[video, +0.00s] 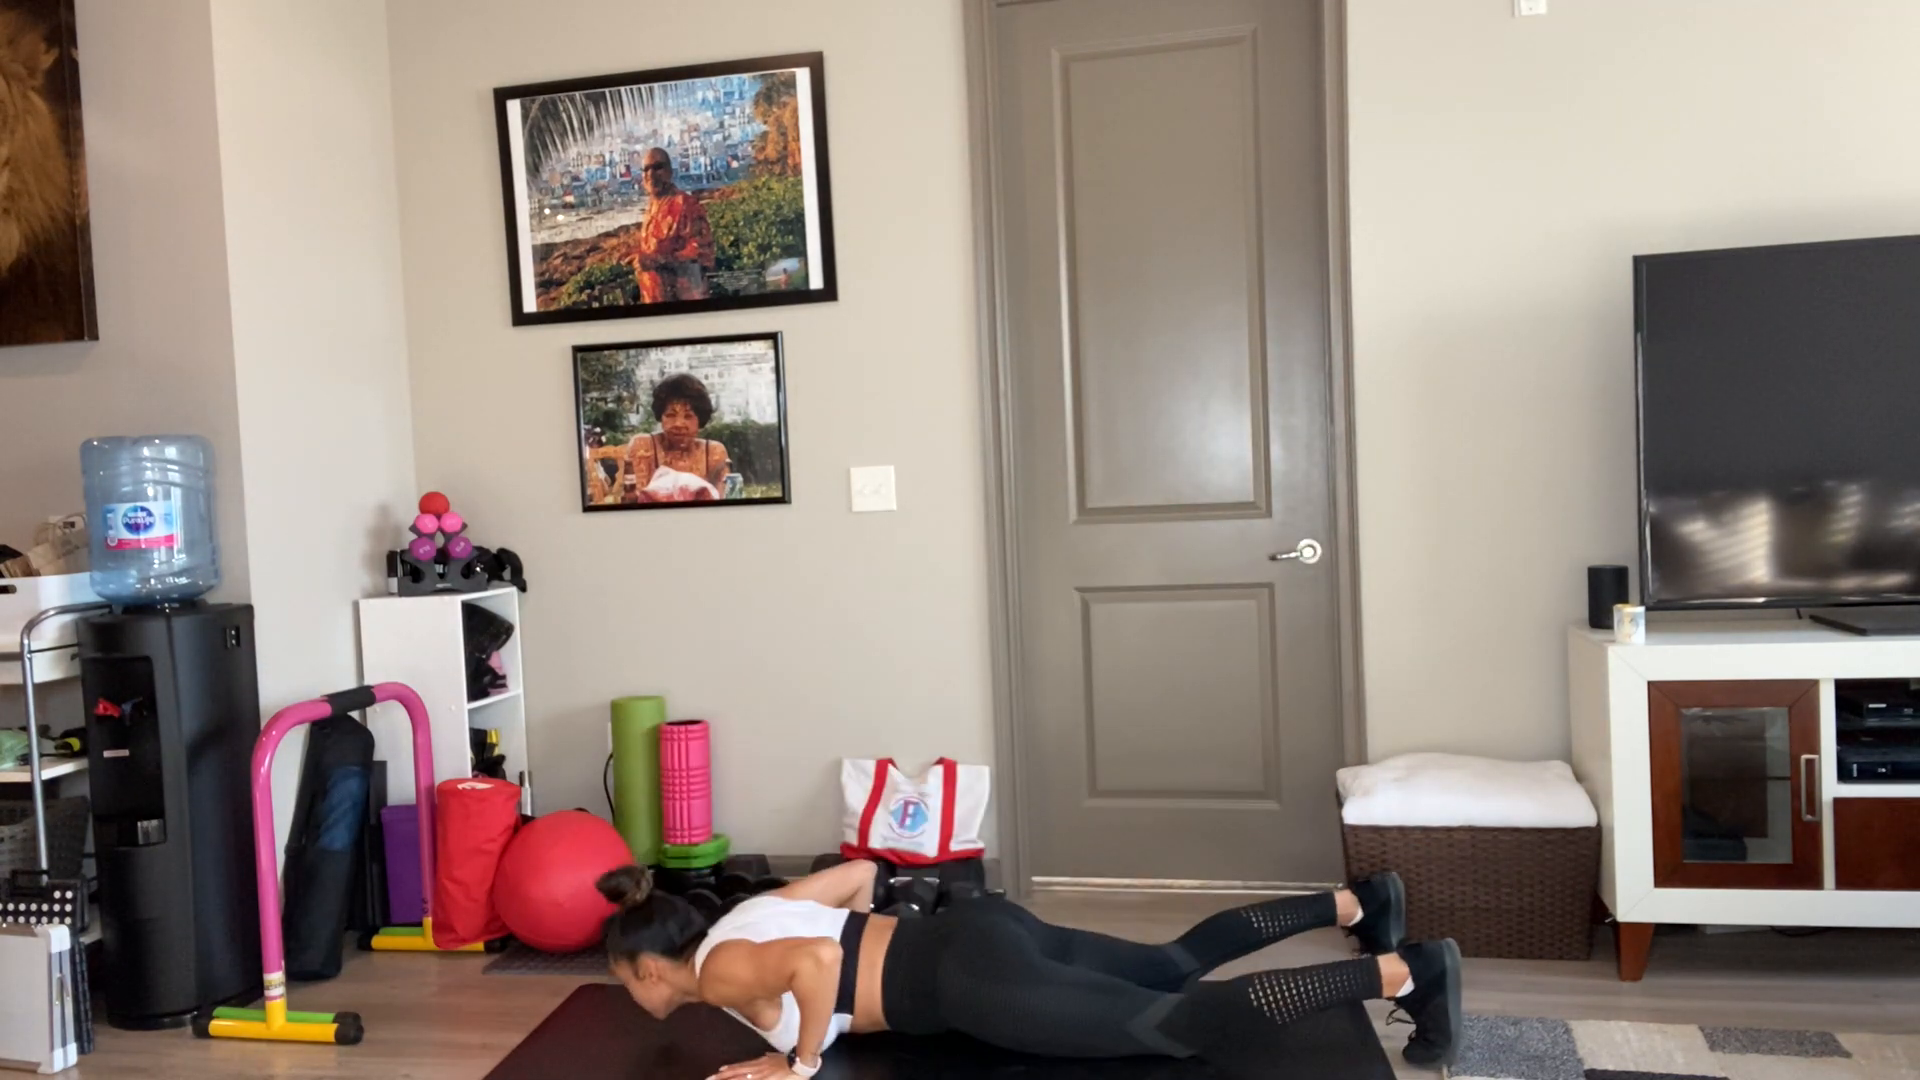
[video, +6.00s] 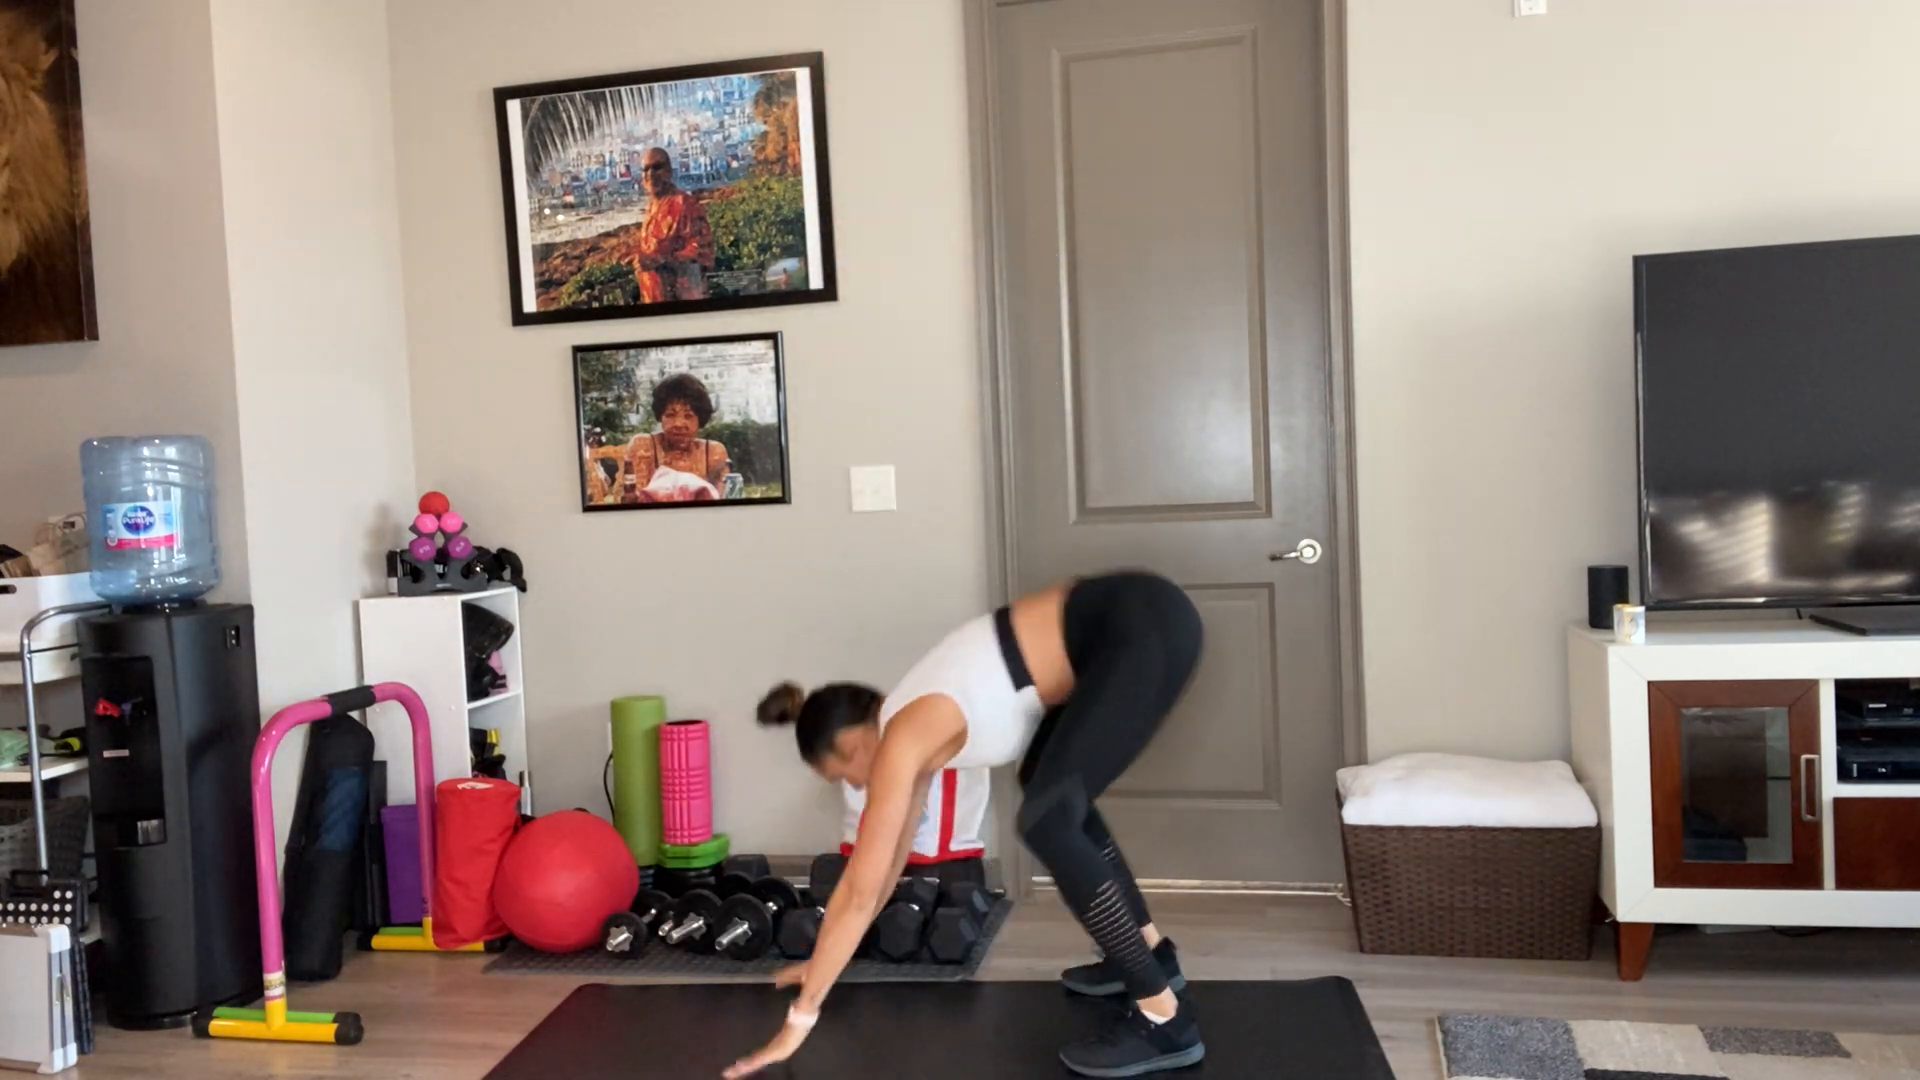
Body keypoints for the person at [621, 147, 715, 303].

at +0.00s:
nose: (650, 174)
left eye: (657, 167)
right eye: (646, 169)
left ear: (670, 172)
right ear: (642, 176)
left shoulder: (687, 205)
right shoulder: (653, 206)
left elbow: (703, 255)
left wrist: (655, 260)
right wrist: (638, 257)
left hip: (683, 297)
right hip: (655, 297)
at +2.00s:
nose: (650, 174)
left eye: (657, 167)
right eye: (646, 169)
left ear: (670, 172)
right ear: (643, 175)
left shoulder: (685, 204)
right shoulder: (653, 206)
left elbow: (703, 254)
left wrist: (657, 260)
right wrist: (638, 257)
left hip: (682, 297)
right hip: (654, 297)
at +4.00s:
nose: (650, 174)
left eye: (657, 167)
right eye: (646, 169)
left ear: (669, 171)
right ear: (642, 176)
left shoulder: (686, 204)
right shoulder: (654, 206)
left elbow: (702, 254)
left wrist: (657, 260)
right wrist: (638, 257)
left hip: (683, 297)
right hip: (655, 297)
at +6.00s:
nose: (650, 175)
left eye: (657, 167)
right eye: (645, 169)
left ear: (669, 172)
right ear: (642, 176)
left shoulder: (686, 204)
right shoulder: (654, 206)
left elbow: (703, 255)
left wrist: (657, 261)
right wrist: (638, 257)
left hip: (682, 297)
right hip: (655, 297)